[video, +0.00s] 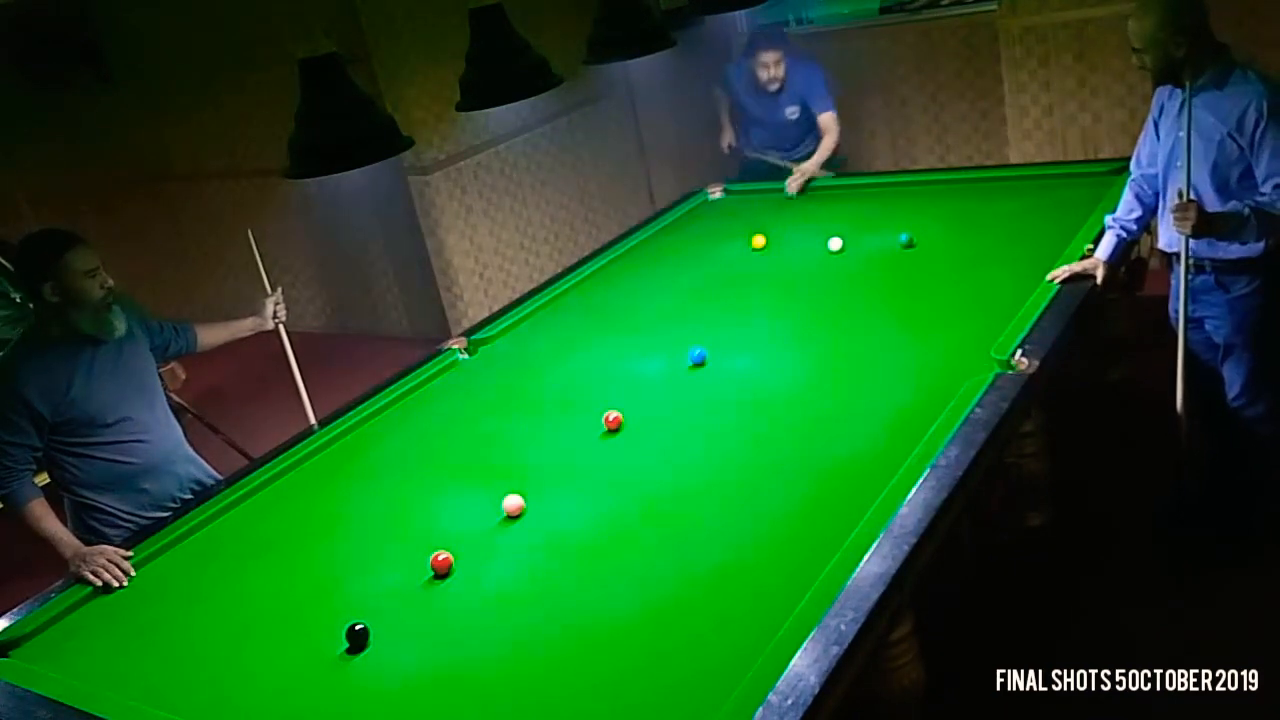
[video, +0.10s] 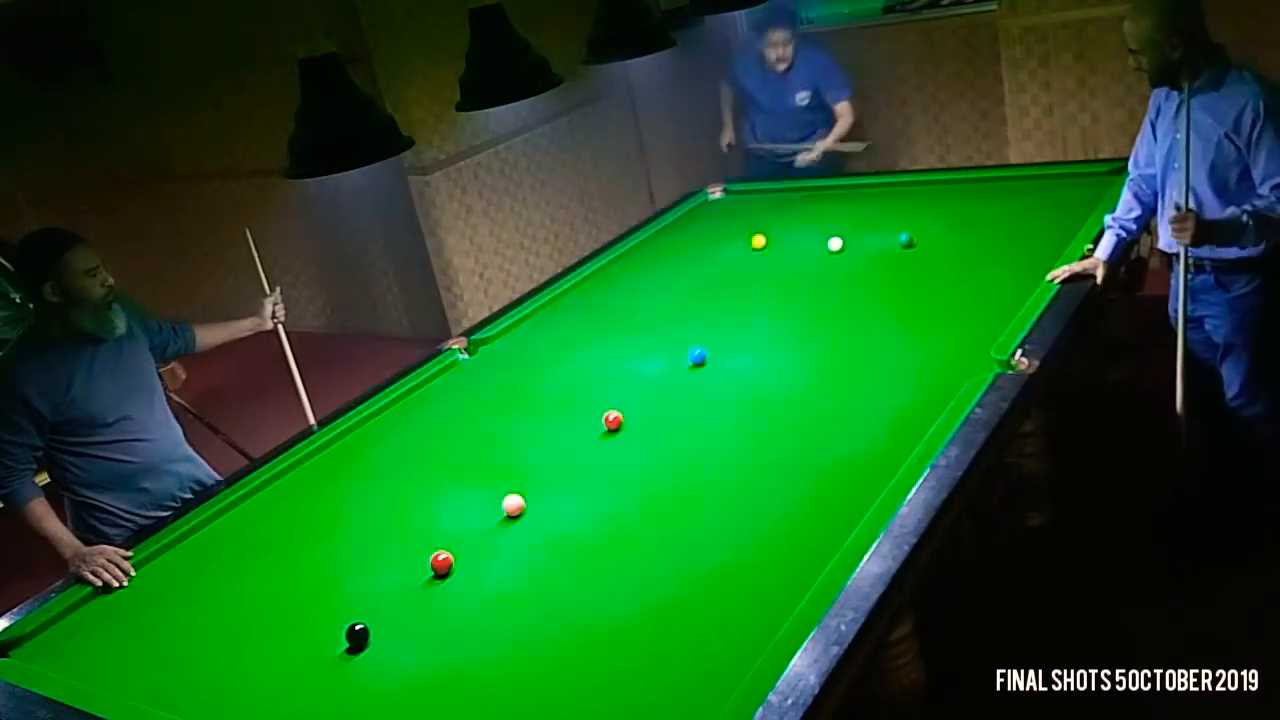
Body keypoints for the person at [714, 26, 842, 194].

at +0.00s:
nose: (772, 74)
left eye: (778, 65)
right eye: (764, 67)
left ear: (786, 61)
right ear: (750, 65)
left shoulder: (807, 76)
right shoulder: (736, 76)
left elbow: (831, 131)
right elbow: (720, 91)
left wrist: (811, 166)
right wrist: (726, 127)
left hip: (803, 161)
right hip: (758, 161)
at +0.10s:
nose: (780, 54)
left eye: (786, 45)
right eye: (773, 46)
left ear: (794, 42)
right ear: (759, 45)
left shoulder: (815, 62)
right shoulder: (744, 63)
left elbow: (845, 115)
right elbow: (727, 86)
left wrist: (822, 147)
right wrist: (728, 127)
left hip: (810, 157)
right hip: (763, 157)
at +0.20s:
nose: (789, 35)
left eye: (795, 27)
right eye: (781, 28)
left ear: (804, 26)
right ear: (769, 30)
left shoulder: (824, 50)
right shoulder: (751, 52)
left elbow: (854, 97)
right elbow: (733, 82)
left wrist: (831, 129)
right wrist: (730, 128)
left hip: (816, 152)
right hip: (767, 152)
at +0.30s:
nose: (797, 19)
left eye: (802, 12)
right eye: (789, 13)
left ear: (811, 15)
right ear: (776, 17)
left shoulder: (830, 37)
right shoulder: (755, 45)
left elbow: (855, 77)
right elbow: (738, 82)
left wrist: (844, 110)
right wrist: (734, 134)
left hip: (822, 150)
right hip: (773, 152)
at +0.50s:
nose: (811, 6)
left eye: (816, 1)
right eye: (804, 2)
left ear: (823, 3)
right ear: (791, 4)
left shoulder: (844, 24)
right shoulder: (769, 37)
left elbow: (860, 58)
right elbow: (750, 89)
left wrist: (857, 86)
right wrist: (749, 153)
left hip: (836, 147)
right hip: (789, 151)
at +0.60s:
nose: (819, 2)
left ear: (831, 0)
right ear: (795, 3)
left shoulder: (847, 17)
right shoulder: (773, 38)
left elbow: (863, 55)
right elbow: (760, 97)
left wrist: (863, 80)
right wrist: (763, 157)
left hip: (844, 148)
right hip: (799, 153)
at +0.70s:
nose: (826, 2)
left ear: (837, 1)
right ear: (802, 3)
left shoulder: (853, 20)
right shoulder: (783, 40)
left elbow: (868, 55)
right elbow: (769, 101)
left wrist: (870, 77)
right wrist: (783, 163)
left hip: (853, 147)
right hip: (805, 153)